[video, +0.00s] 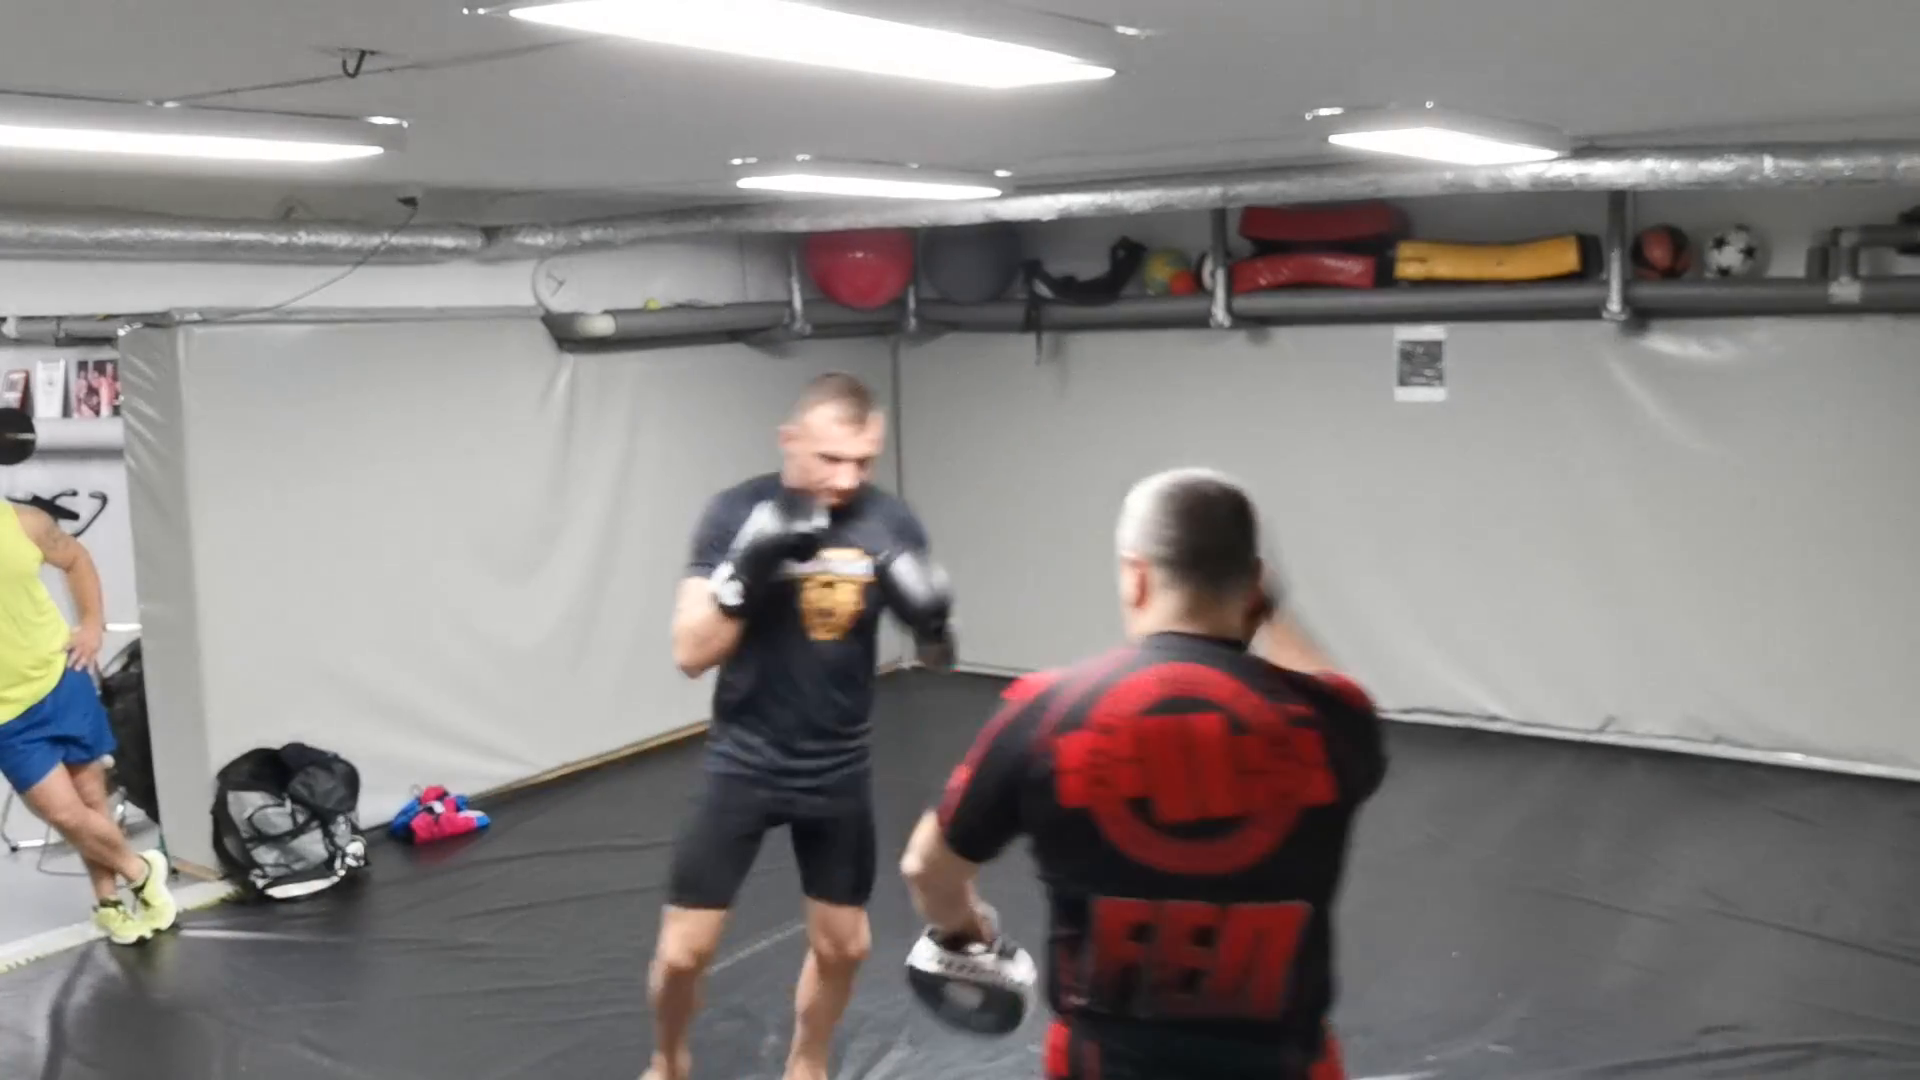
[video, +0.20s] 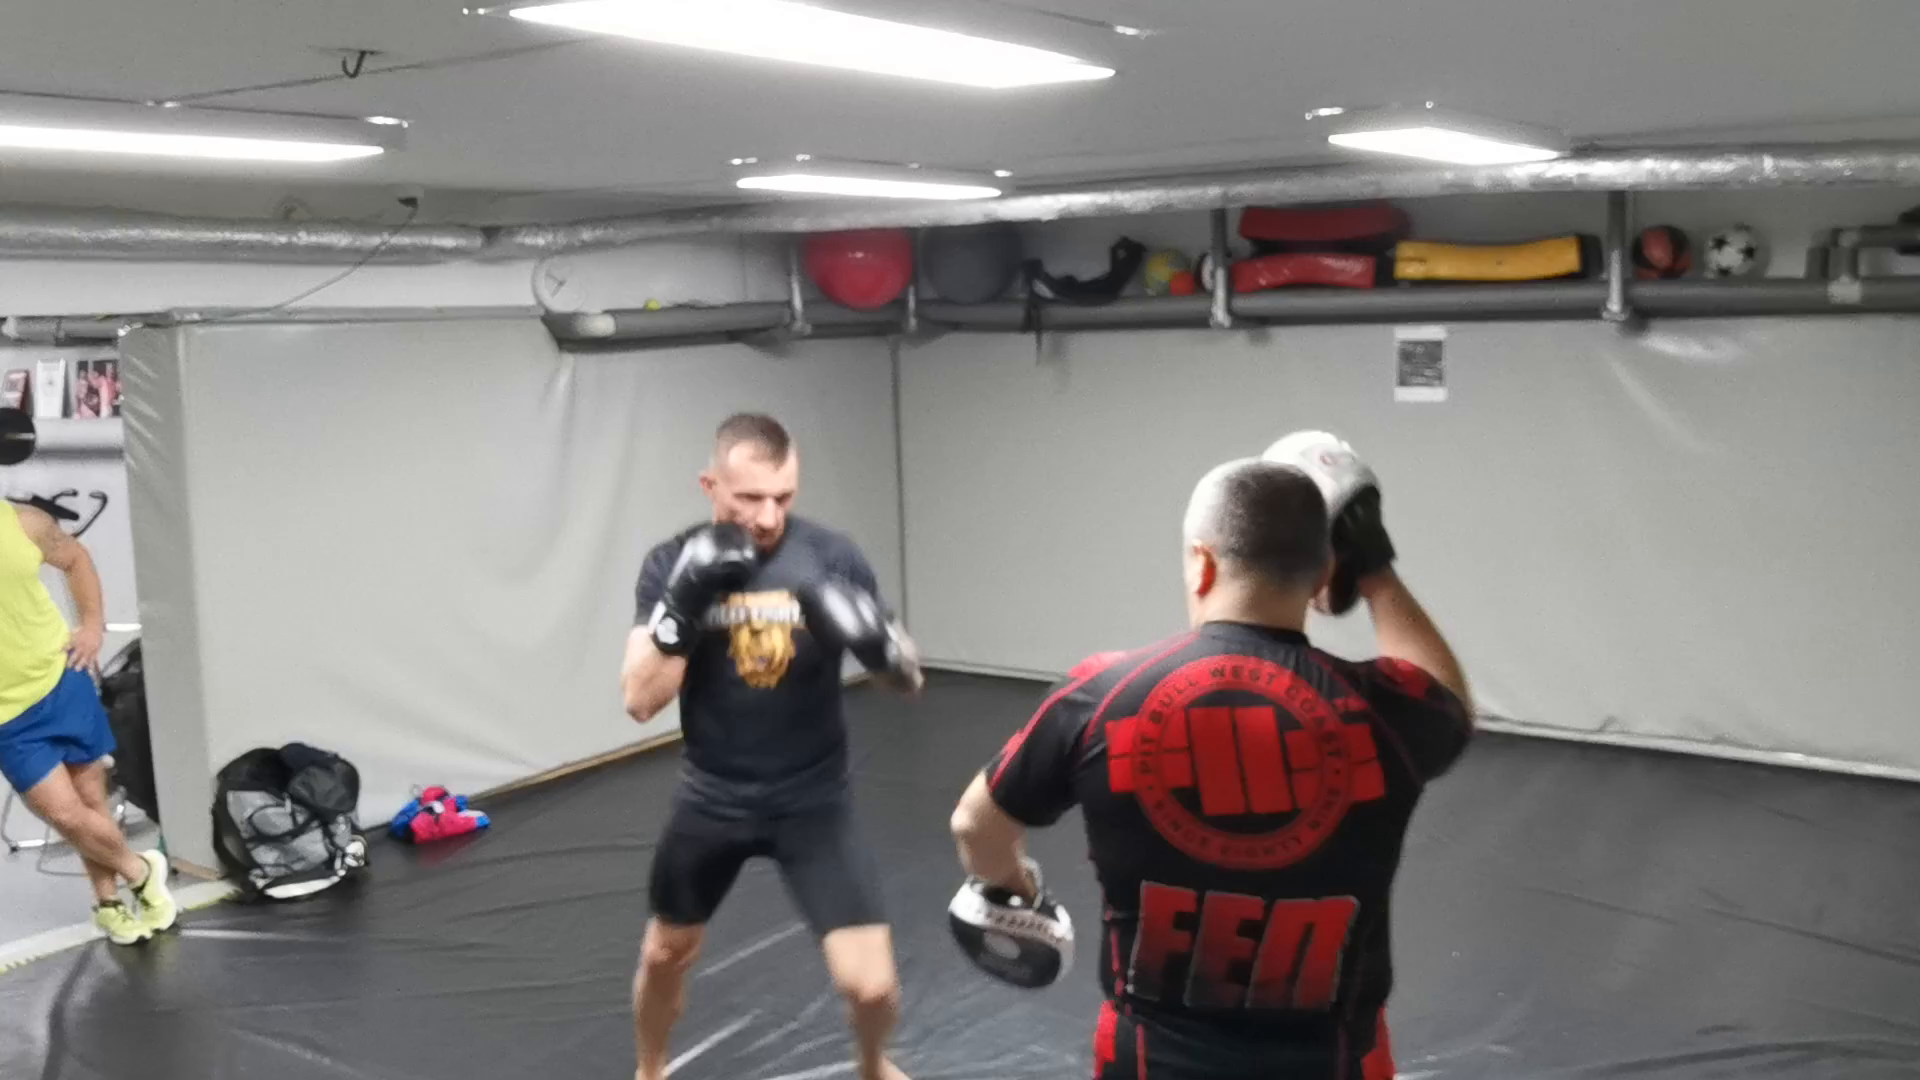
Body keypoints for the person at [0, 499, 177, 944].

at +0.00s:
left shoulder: (21, 523)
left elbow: (76, 558)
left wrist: (92, 623)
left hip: (61, 682)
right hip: (7, 714)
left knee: (91, 798)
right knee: (65, 816)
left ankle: (107, 901)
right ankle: (142, 872)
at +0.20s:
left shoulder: (21, 523)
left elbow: (76, 558)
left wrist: (92, 623)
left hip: (62, 682)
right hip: (8, 715)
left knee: (91, 799)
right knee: (66, 817)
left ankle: (108, 901)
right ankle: (141, 872)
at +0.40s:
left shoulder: (22, 523)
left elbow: (75, 558)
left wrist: (92, 623)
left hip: (62, 682)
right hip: (8, 715)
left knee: (91, 799)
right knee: (66, 818)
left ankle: (107, 901)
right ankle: (141, 872)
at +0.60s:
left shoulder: (22, 523)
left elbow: (76, 558)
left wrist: (92, 623)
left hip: (61, 682)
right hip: (8, 714)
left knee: (91, 798)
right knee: (66, 817)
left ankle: (108, 901)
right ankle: (141, 872)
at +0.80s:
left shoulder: (21, 523)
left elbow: (76, 557)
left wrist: (92, 623)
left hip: (62, 682)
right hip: (7, 714)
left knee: (91, 798)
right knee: (65, 816)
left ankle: (107, 900)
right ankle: (141, 872)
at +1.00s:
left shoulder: (22, 523)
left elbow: (76, 557)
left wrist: (92, 623)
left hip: (61, 682)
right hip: (8, 715)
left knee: (91, 798)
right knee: (64, 816)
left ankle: (107, 901)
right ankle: (141, 872)